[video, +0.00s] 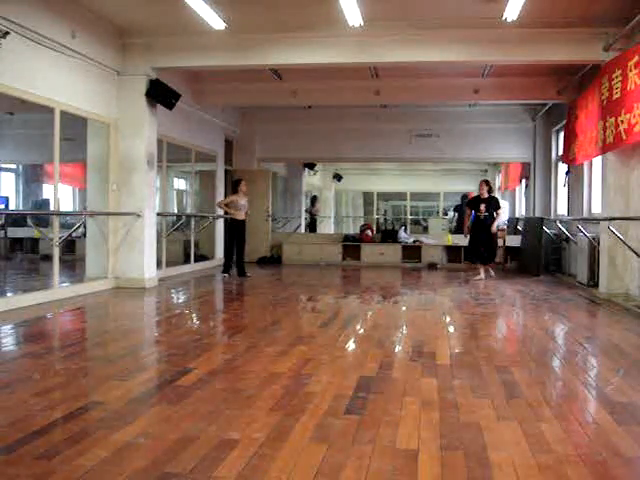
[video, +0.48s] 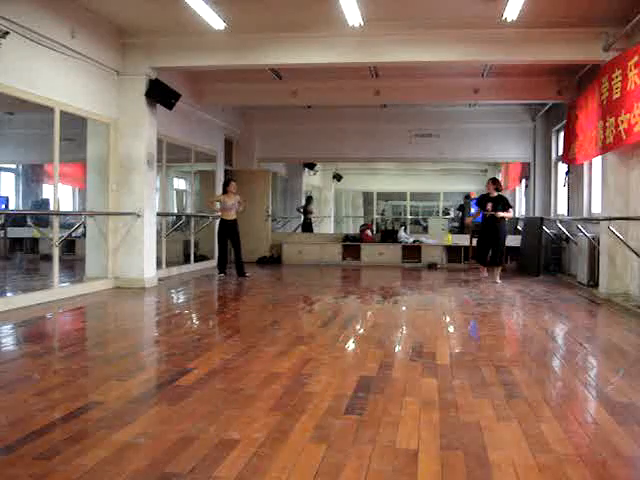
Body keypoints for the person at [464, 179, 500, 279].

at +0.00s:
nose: (481, 188)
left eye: (483, 186)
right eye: (480, 186)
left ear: (488, 187)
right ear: (479, 187)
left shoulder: (493, 200)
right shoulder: (474, 200)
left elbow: (499, 214)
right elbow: (468, 214)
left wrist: (494, 224)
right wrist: (466, 226)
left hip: (488, 226)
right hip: (477, 226)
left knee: (489, 248)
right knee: (477, 249)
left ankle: (489, 267)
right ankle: (481, 273)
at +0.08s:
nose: (480, 187)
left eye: (482, 185)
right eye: (480, 185)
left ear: (487, 187)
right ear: (479, 187)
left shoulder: (494, 199)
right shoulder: (474, 199)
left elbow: (499, 214)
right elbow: (468, 214)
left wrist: (495, 224)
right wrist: (466, 227)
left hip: (489, 227)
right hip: (477, 226)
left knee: (490, 249)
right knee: (478, 249)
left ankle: (489, 268)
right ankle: (481, 273)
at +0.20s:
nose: (482, 185)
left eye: (484, 183)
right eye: (482, 183)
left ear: (489, 185)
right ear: (481, 184)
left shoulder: (496, 197)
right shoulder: (476, 196)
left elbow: (502, 209)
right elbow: (469, 209)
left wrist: (497, 219)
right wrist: (471, 222)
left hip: (491, 224)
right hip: (479, 225)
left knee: (493, 249)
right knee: (479, 249)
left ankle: (494, 273)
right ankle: (481, 273)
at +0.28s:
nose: (482, 184)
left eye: (485, 183)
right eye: (482, 182)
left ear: (490, 184)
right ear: (482, 184)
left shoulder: (496, 196)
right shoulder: (477, 195)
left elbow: (504, 208)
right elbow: (470, 206)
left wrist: (498, 217)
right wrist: (470, 218)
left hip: (492, 223)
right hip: (479, 223)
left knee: (493, 248)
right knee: (479, 247)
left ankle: (495, 274)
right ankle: (481, 272)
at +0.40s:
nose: (485, 186)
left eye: (487, 184)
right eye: (485, 184)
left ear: (493, 185)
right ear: (485, 185)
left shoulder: (500, 196)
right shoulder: (481, 195)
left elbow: (508, 208)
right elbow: (472, 206)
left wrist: (501, 213)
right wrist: (470, 211)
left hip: (495, 226)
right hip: (483, 225)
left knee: (496, 249)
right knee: (482, 248)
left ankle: (497, 275)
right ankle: (483, 272)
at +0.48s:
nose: (487, 186)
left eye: (489, 184)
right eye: (487, 184)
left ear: (495, 186)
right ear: (488, 186)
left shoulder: (502, 199)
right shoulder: (483, 198)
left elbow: (510, 213)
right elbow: (479, 212)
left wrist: (502, 214)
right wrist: (472, 218)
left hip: (499, 229)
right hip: (486, 228)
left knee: (498, 251)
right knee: (482, 249)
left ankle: (497, 276)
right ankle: (483, 271)